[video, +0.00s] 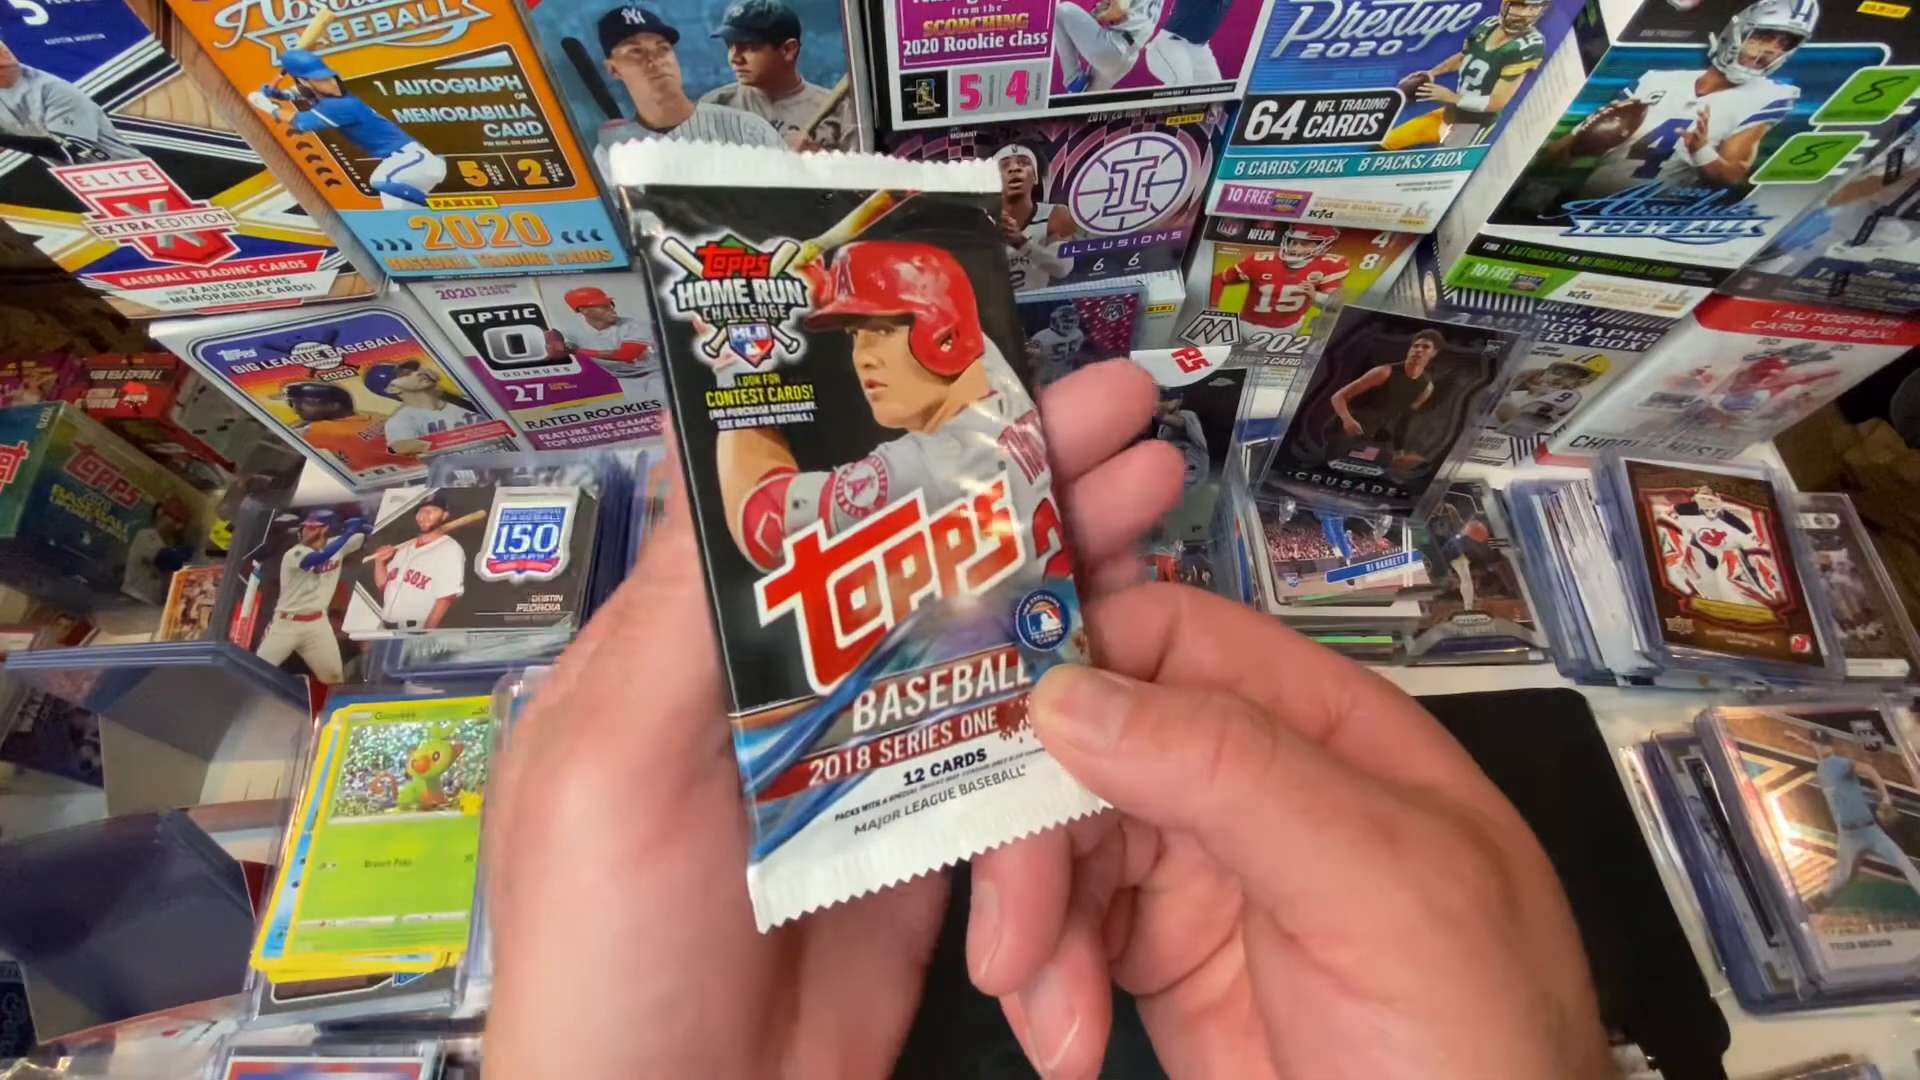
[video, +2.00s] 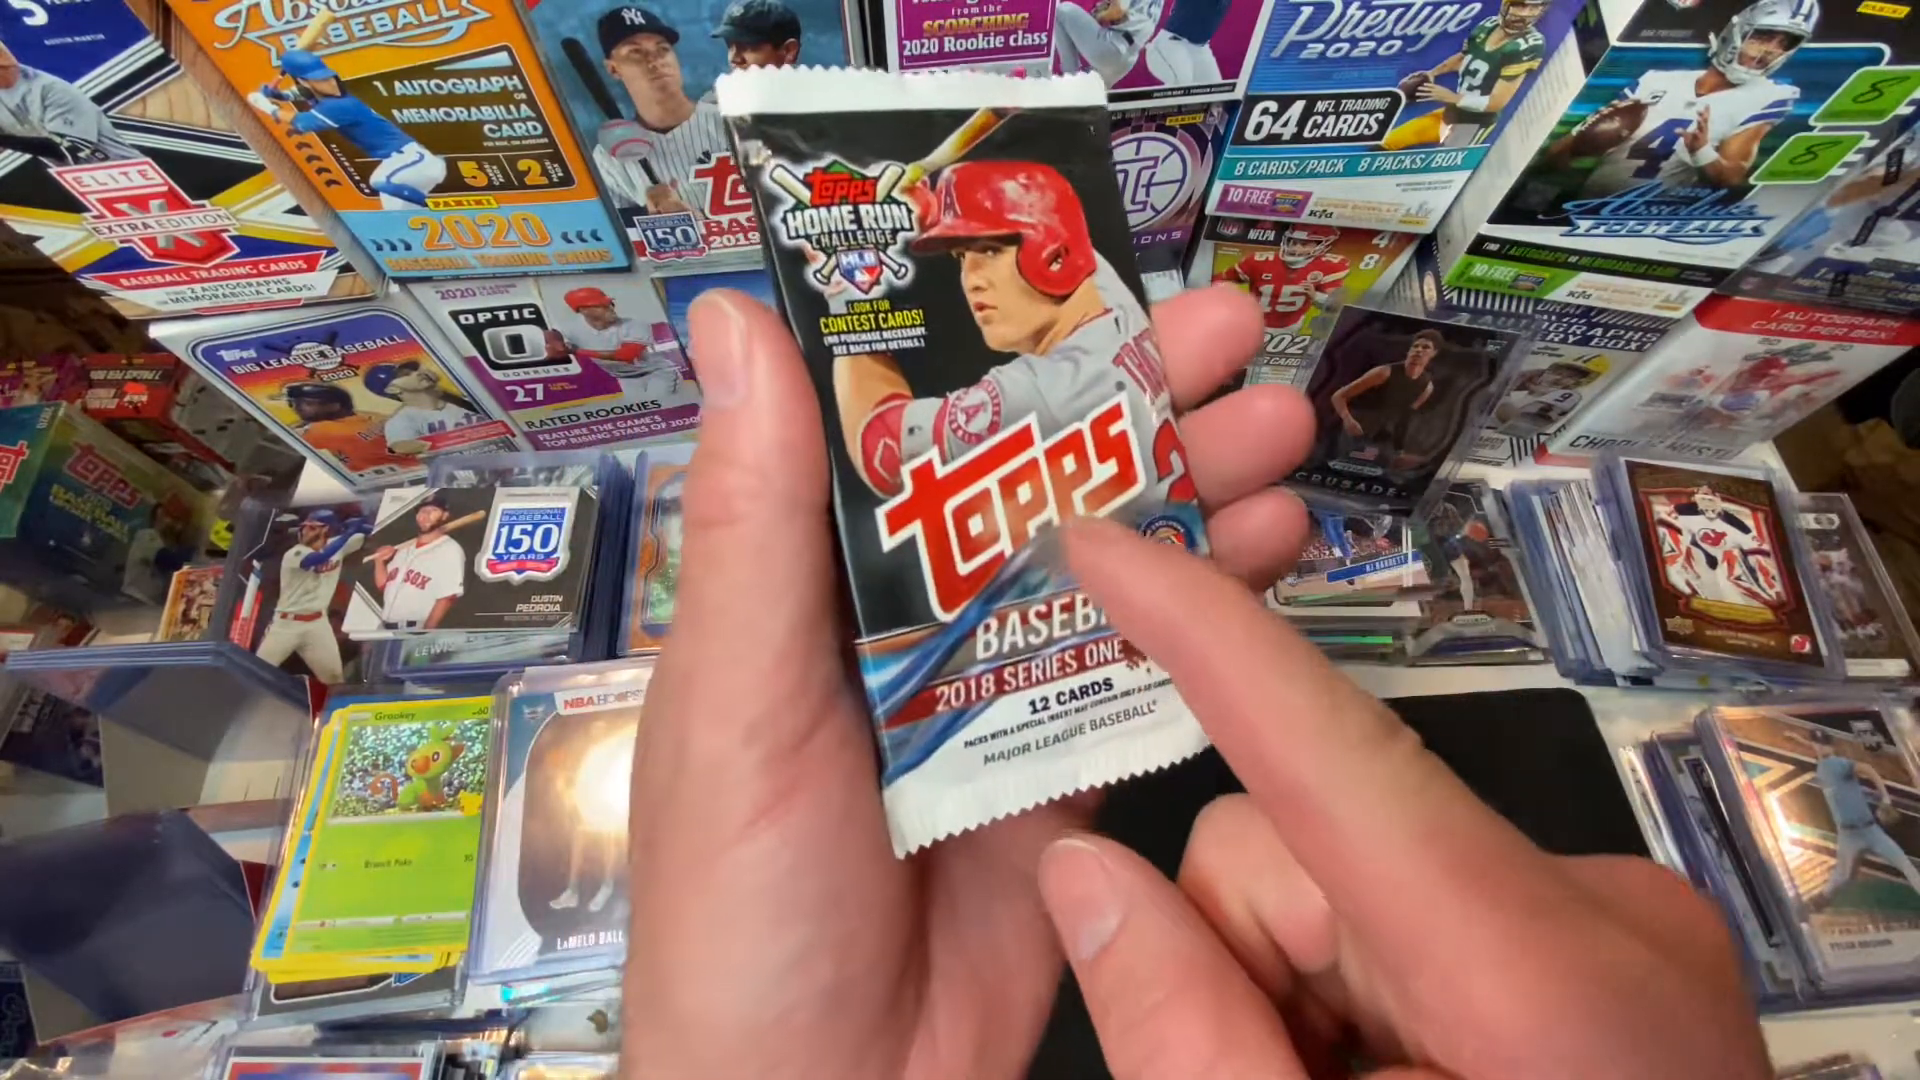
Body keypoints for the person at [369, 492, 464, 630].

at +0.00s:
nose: (424, 516)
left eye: (431, 511)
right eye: (421, 511)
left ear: (444, 515)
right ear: (416, 515)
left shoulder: (450, 550)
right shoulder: (405, 547)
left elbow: (446, 598)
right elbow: (382, 585)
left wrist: (426, 634)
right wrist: (379, 562)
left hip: (416, 631)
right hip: (386, 627)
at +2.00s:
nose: (426, 517)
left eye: (432, 511)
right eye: (422, 511)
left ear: (445, 515)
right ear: (416, 515)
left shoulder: (451, 550)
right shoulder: (405, 548)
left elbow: (447, 598)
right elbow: (382, 585)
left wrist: (425, 633)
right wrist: (379, 561)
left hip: (416, 631)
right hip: (386, 627)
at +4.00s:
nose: (425, 516)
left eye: (432, 511)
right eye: (422, 512)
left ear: (444, 516)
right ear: (416, 516)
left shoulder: (451, 550)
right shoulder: (405, 548)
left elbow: (446, 598)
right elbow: (382, 585)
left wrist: (424, 634)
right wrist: (379, 562)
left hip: (416, 631)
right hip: (386, 627)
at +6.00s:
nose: (425, 516)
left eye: (432, 511)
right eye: (422, 511)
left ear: (444, 516)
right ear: (416, 516)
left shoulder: (451, 549)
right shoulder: (405, 549)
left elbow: (446, 598)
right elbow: (382, 585)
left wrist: (424, 635)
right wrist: (379, 561)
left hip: (417, 631)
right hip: (386, 627)